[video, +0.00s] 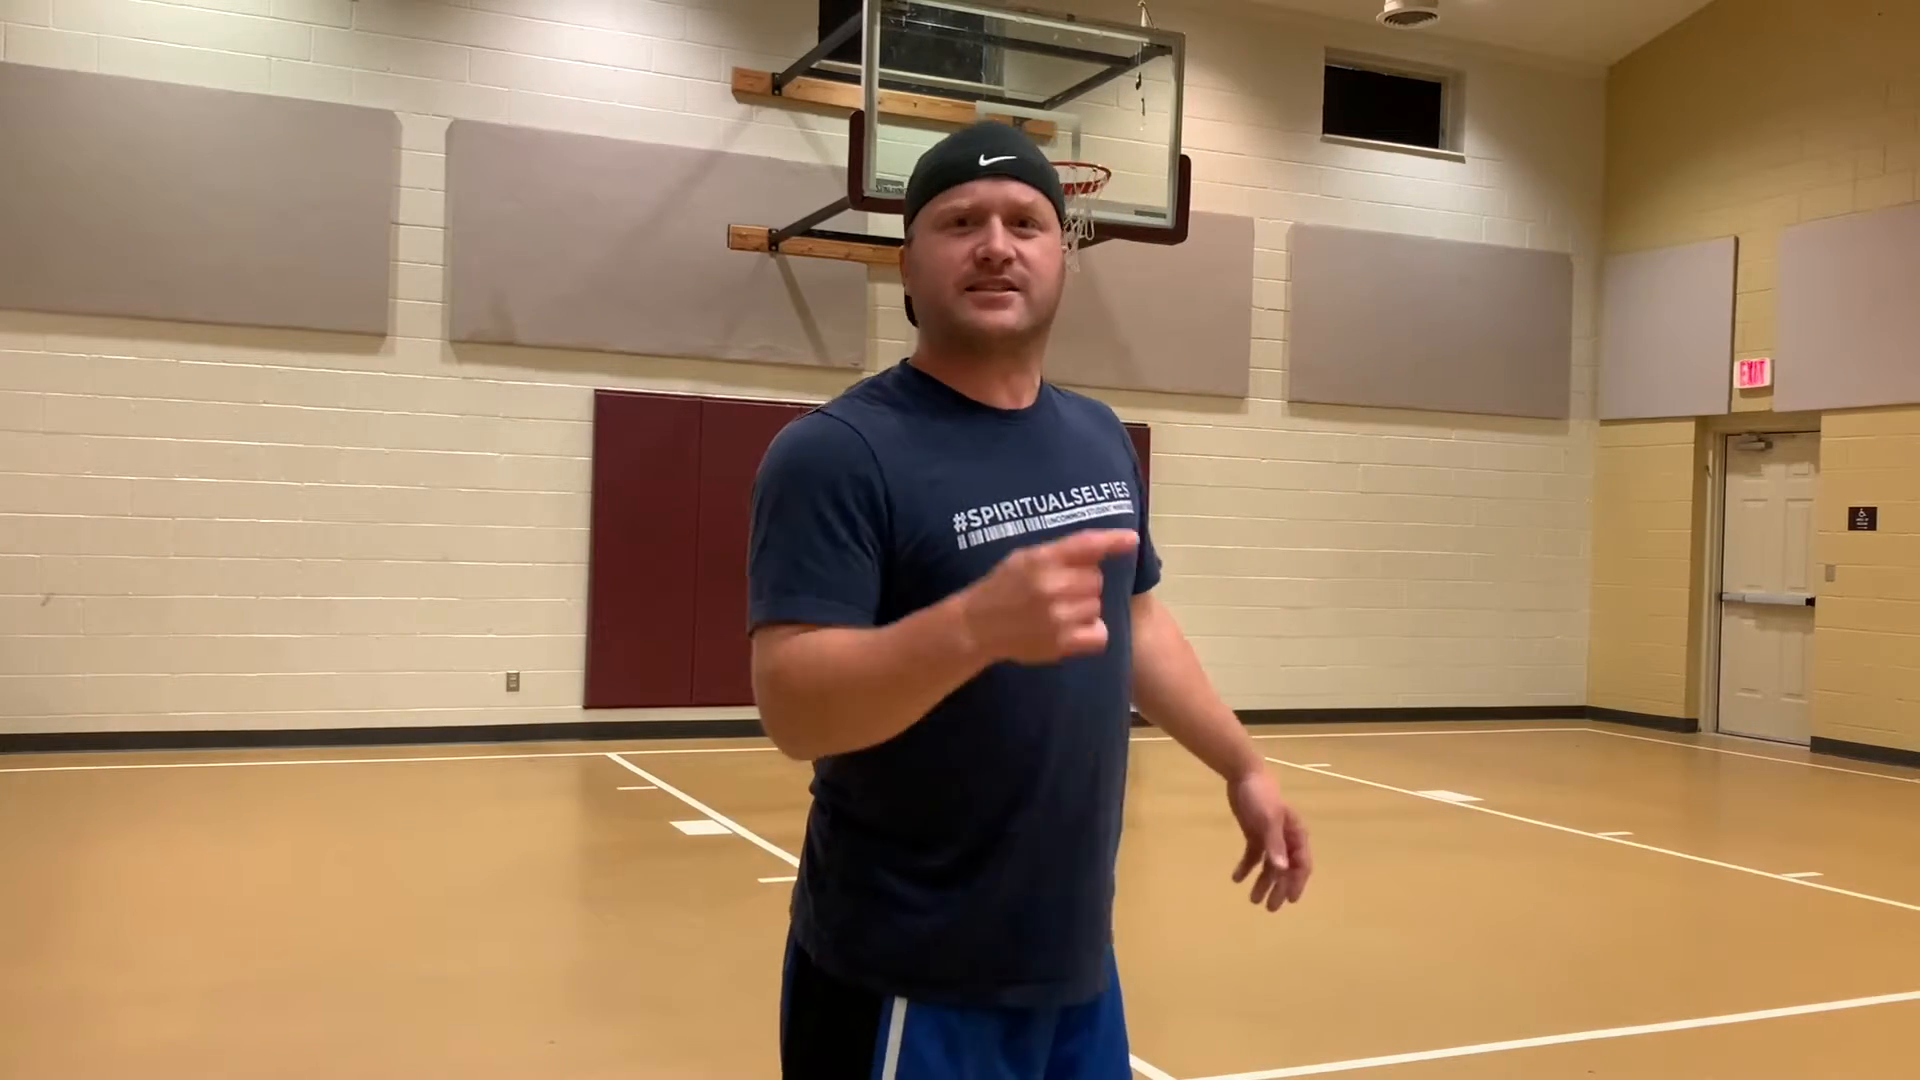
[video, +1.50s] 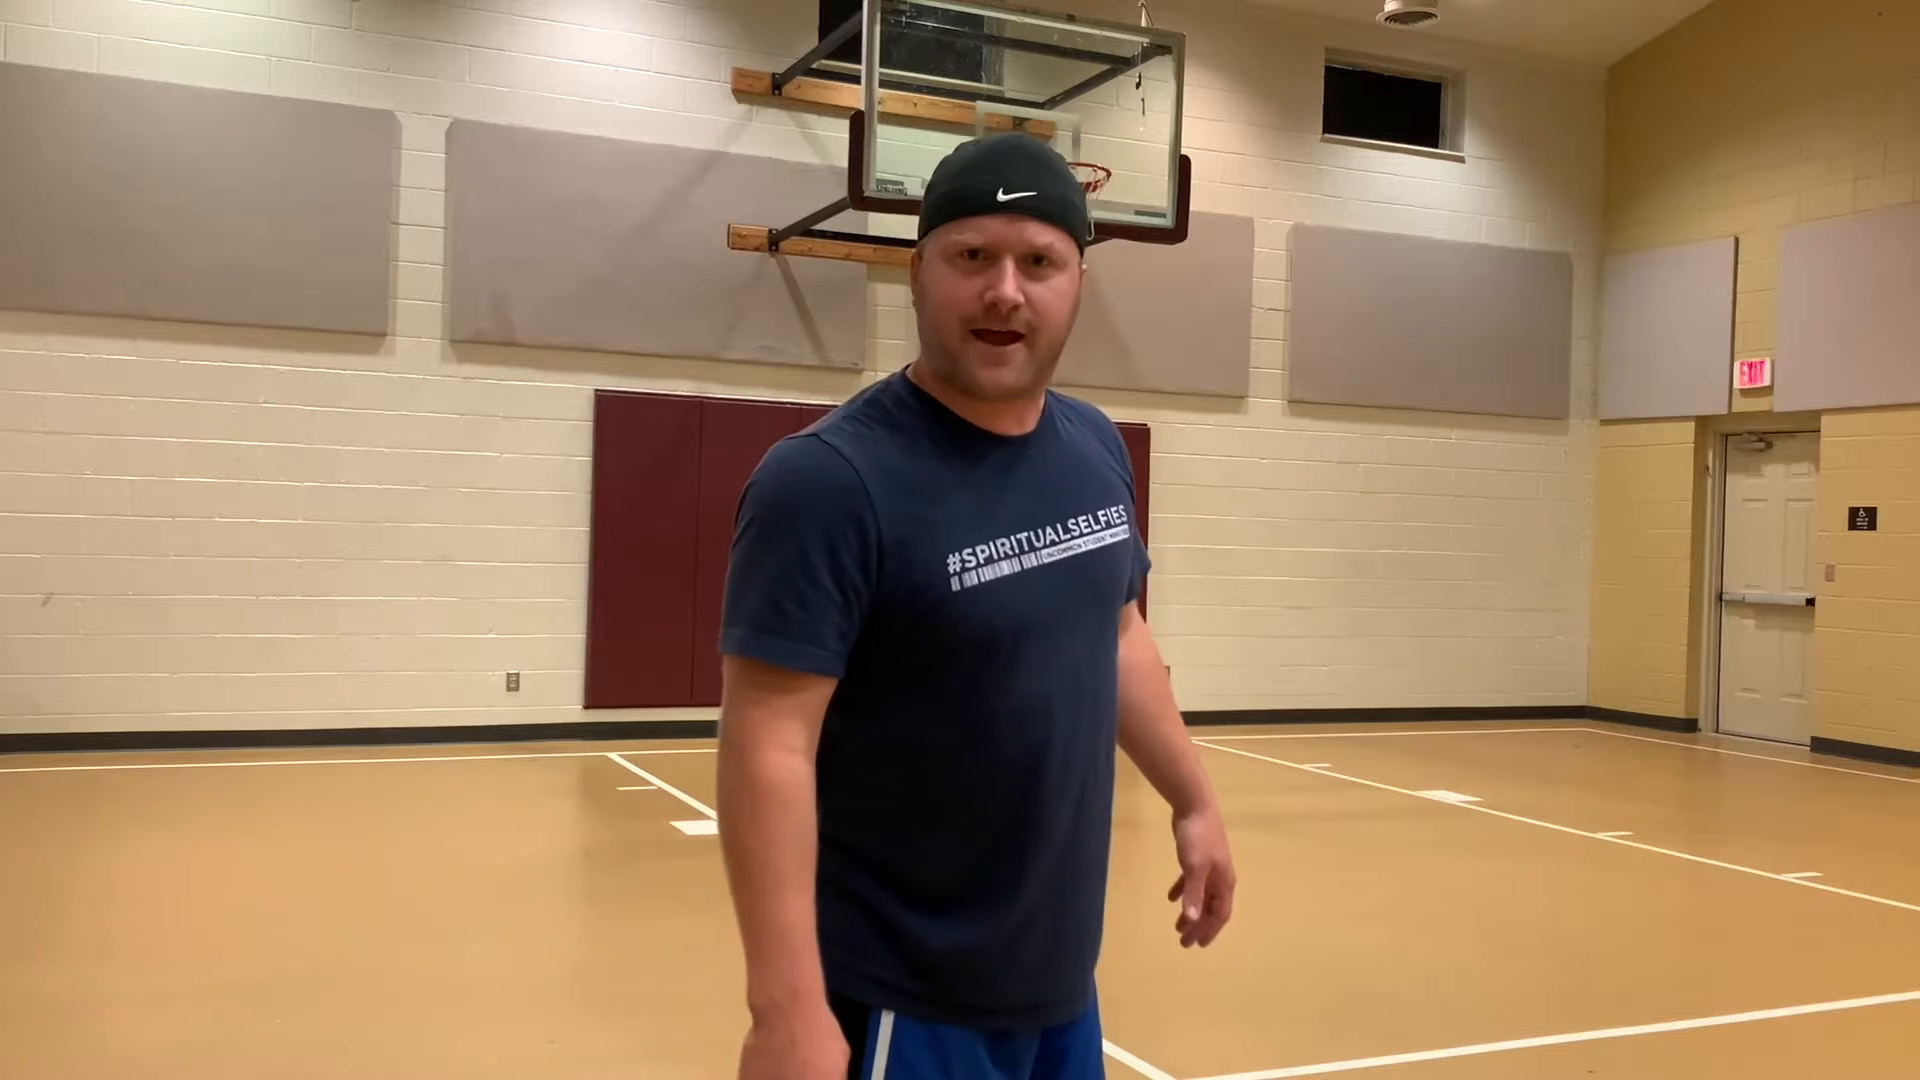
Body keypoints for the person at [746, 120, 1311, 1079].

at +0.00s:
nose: (995, 247)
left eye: (1025, 223)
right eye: (960, 223)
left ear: (1065, 260)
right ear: (907, 263)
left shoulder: (1097, 437)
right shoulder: (835, 455)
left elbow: (1134, 618)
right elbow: (797, 710)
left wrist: (1242, 763)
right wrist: (974, 626)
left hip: (1072, 954)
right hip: (901, 973)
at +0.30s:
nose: (987, 243)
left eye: (1017, 220)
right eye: (952, 221)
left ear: (1060, 261)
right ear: (900, 265)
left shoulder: (1105, 441)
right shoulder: (833, 452)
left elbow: (1155, 636)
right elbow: (821, 697)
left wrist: (1226, 811)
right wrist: (1050, 614)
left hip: (1073, 951)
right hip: (898, 972)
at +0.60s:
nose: (1025, 271)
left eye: (1059, 248)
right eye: (997, 235)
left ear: (1092, 280)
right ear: (937, 248)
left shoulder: (1104, 445)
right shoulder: (834, 450)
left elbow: (1142, 635)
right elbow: (790, 694)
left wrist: (1236, 807)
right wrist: (997, 810)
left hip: (1079, 981)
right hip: (902, 994)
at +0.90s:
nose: (1009, 268)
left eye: (1042, 239)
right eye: (977, 237)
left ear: (1086, 260)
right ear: (926, 259)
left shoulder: (1118, 449)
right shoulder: (838, 456)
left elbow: (1148, 647)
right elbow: (797, 700)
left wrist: (1216, 828)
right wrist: (819, 972)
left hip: (1080, 972)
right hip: (908, 993)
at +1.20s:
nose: (1006, 287)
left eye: (1041, 259)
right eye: (975, 251)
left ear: (1085, 278)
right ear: (924, 261)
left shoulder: (1108, 448)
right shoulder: (827, 465)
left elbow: (1138, 634)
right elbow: (753, 716)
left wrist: (1224, 808)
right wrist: (747, 979)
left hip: (1074, 978)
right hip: (894, 1000)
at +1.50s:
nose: (1005, 292)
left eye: (1038, 262)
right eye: (972, 258)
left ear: (1079, 281)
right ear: (917, 273)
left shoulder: (1092, 447)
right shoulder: (824, 483)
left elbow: (1116, 631)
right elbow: (766, 739)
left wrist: (1194, 799)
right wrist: (787, 1013)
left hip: (1059, 985)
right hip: (894, 1008)